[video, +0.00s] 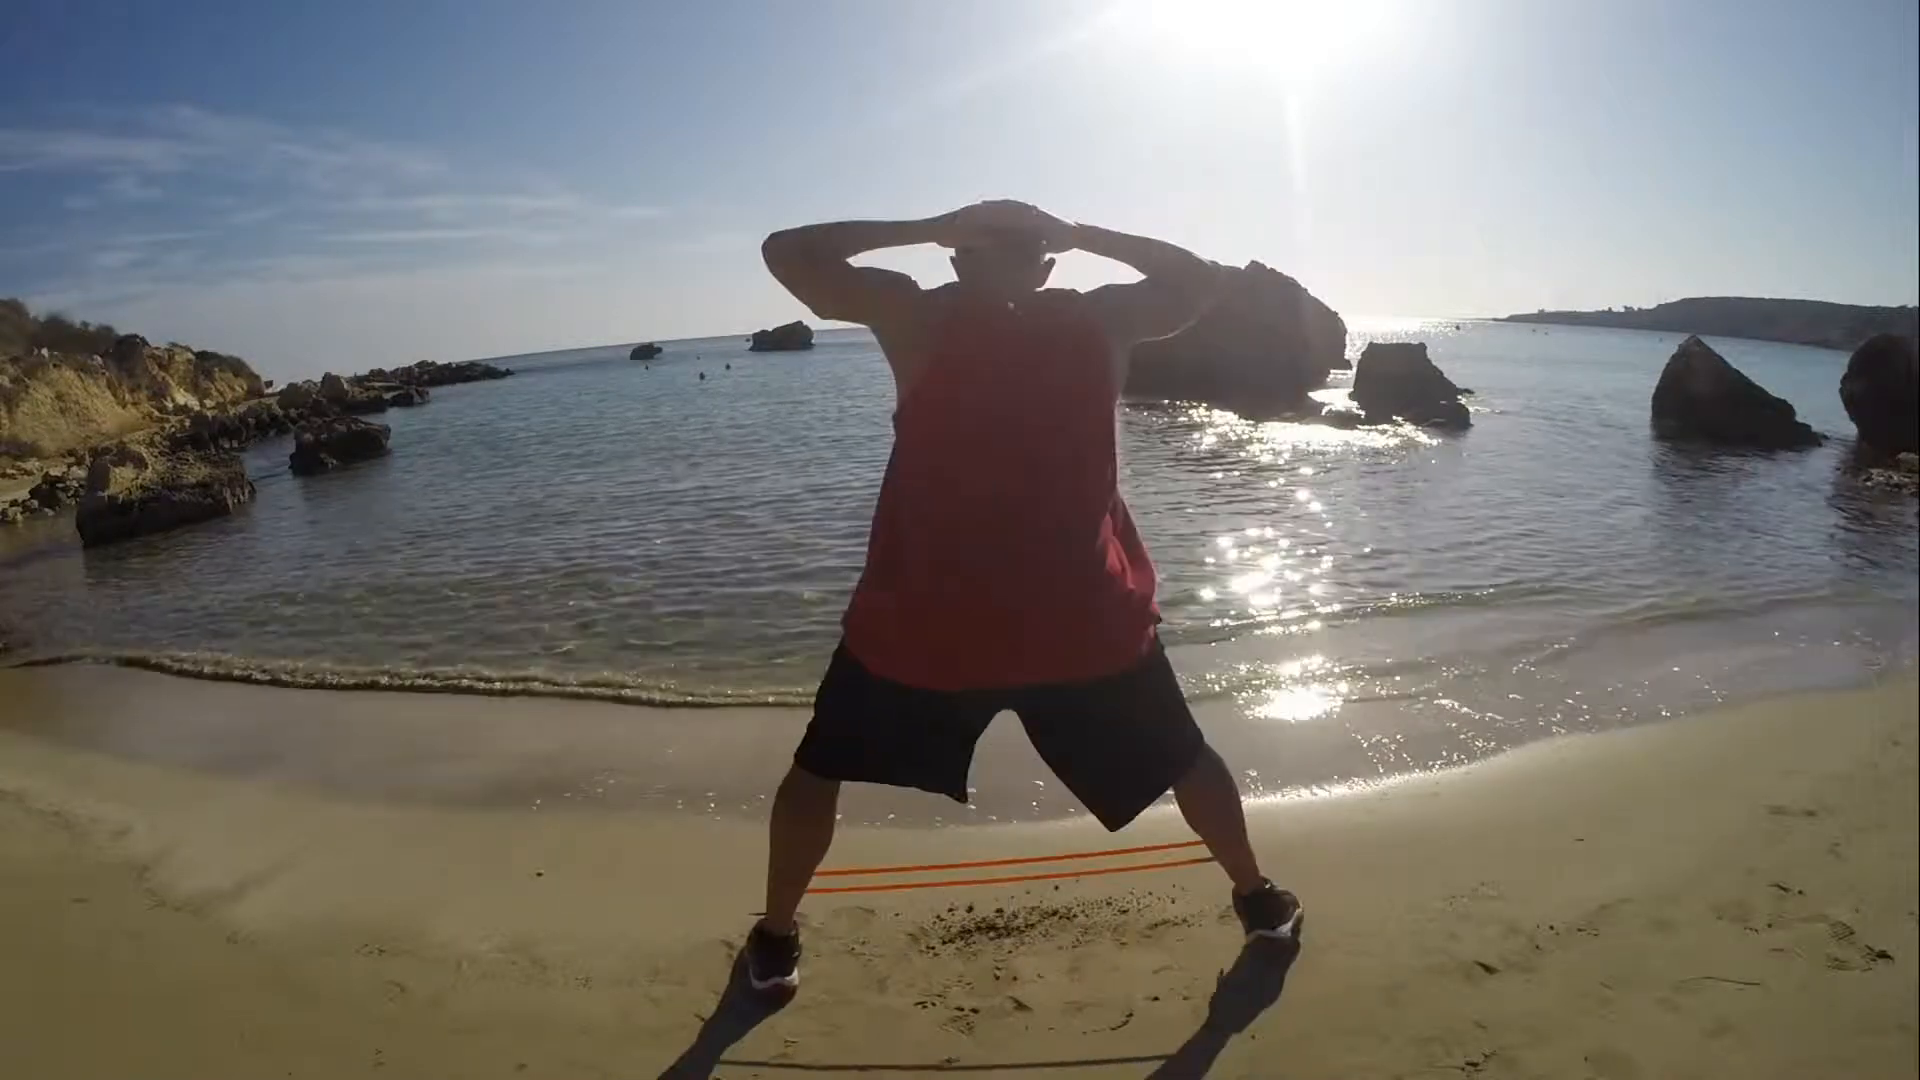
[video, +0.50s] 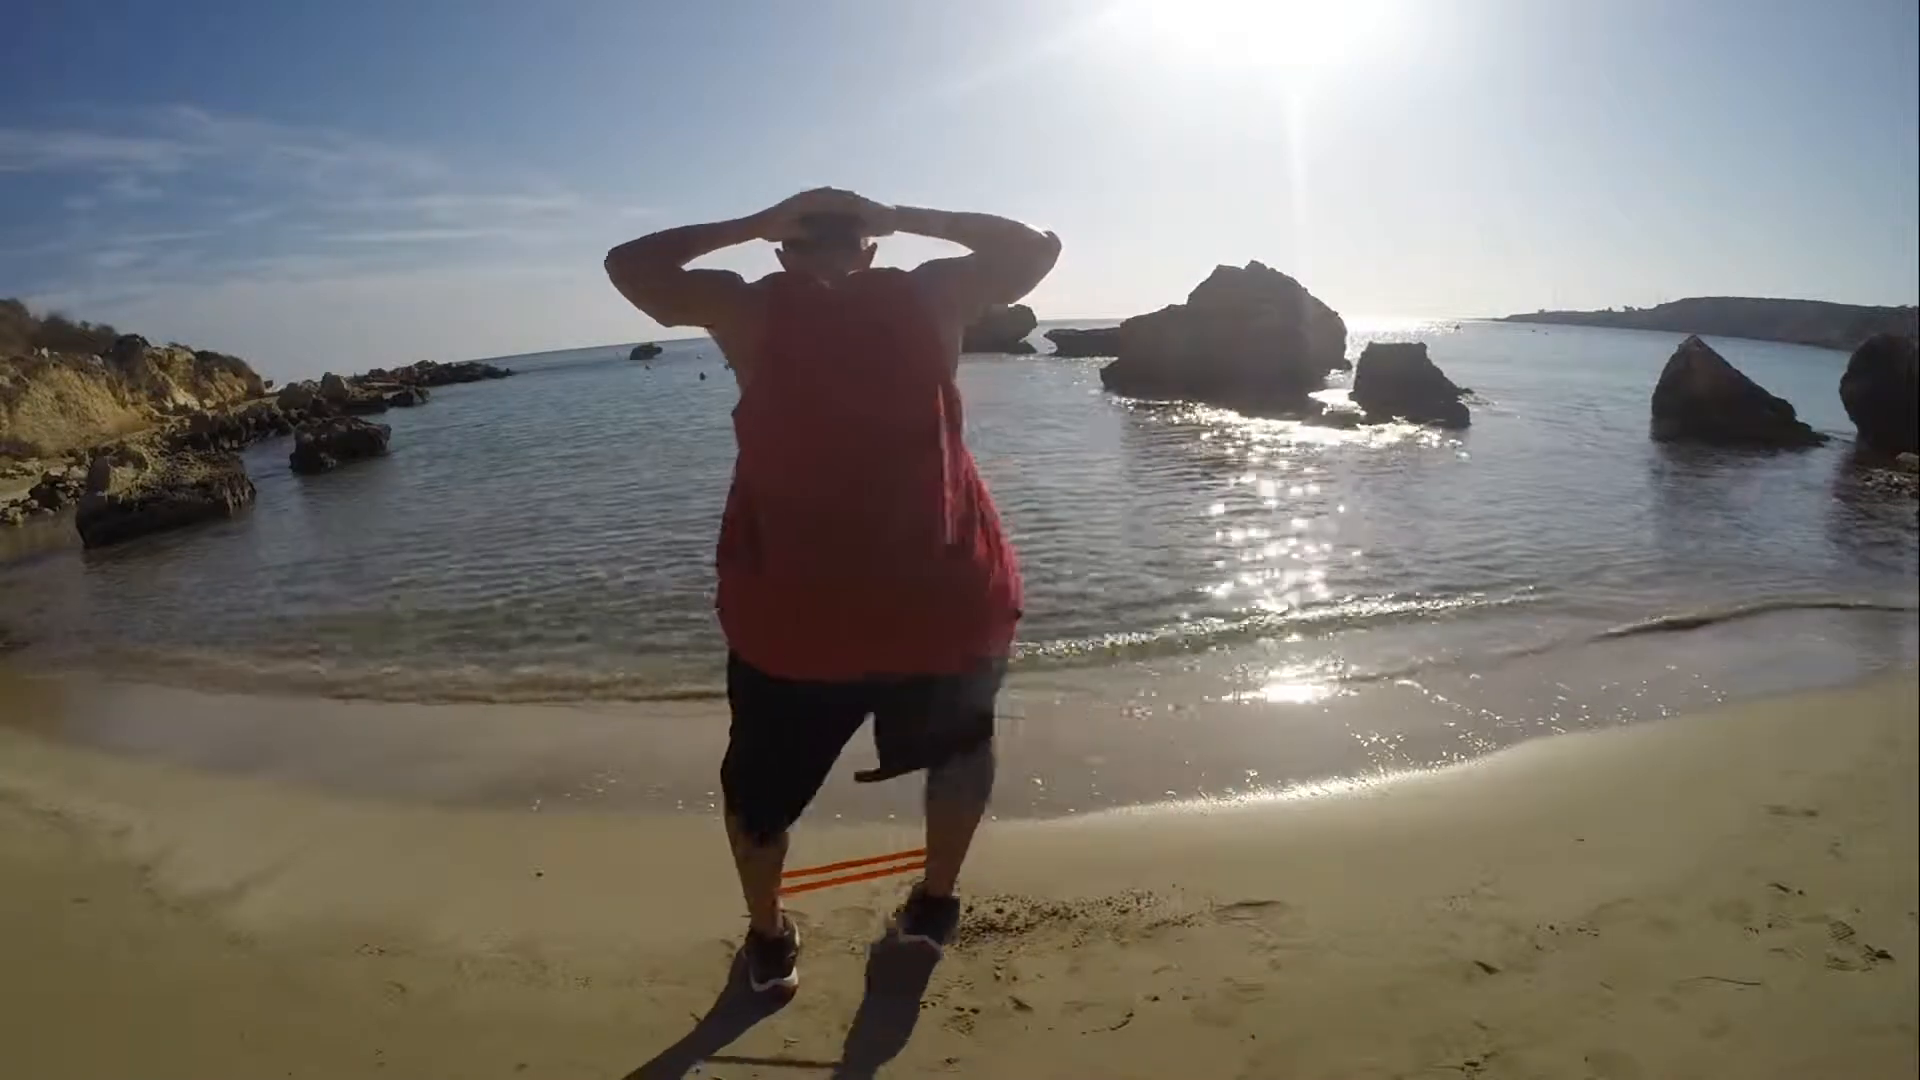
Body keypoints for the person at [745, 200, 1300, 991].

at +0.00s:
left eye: (988, 239)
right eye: (1027, 239)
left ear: (961, 254)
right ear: (1048, 259)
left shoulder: (913, 318)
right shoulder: (1101, 323)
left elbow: (789, 252)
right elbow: (1196, 277)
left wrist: (929, 228)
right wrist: (1077, 233)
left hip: (924, 604)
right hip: (1080, 604)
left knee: (817, 768)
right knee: (1184, 755)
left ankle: (773, 941)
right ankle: (1257, 898)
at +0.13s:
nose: (914, 223)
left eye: (903, 214)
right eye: (934, 213)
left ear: (878, 238)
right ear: (968, 239)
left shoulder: (833, 298)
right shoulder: (1019, 297)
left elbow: (715, 234)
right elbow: (1128, 250)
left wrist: (851, 208)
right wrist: (995, 211)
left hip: (854, 593)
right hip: (1010, 585)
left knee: (785, 773)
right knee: (1092, 748)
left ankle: (771, 940)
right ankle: (1126, 904)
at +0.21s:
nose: (880, 220)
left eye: (871, 210)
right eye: (889, 210)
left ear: (839, 232)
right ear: (933, 233)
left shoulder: (795, 293)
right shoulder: (986, 289)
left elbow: (680, 238)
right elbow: (1094, 240)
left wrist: (810, 207)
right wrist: (960, 204)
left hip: (826, 590)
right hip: (981, 583)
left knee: (775, 778)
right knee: (1018, 745)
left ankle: (767, 939)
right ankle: (998, 911)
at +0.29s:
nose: (868, 223)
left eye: (847, 211)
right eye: (883, 212)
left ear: (815, 233)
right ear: (906, 233)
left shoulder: (770, 294)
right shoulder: (960, 289)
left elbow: (656, 243)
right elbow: (1069, 238)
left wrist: (786, 210)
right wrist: (931, 203)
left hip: (799, 595)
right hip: (944, 593)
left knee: (757, 774)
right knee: (948, 748)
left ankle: (765, 938)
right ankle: (912, 913)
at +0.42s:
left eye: (813, 221)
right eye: (858, 222)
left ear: (789, 244)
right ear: (882, 245)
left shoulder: (750, 305)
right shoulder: (936, 300)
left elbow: (633, 256)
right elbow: (1042, 246)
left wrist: (763, 220)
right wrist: (910, 214)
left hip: (784, 606)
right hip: (922, 602)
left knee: (748, 784)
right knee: (918, 766)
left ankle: (765, 941)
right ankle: (891, 919)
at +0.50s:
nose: (827, 234)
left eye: (811, 224)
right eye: (839, 224)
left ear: (780, 249)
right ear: (872, 245)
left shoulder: (743, 311)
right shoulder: (929, 298)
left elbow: (627, 264)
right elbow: (1034, 247)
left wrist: (751, 226)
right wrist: (900, 217)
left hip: (794, 601)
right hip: (939, 594)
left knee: (756, 786)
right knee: (961, 740)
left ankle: (767, 940)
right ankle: (935, 902)